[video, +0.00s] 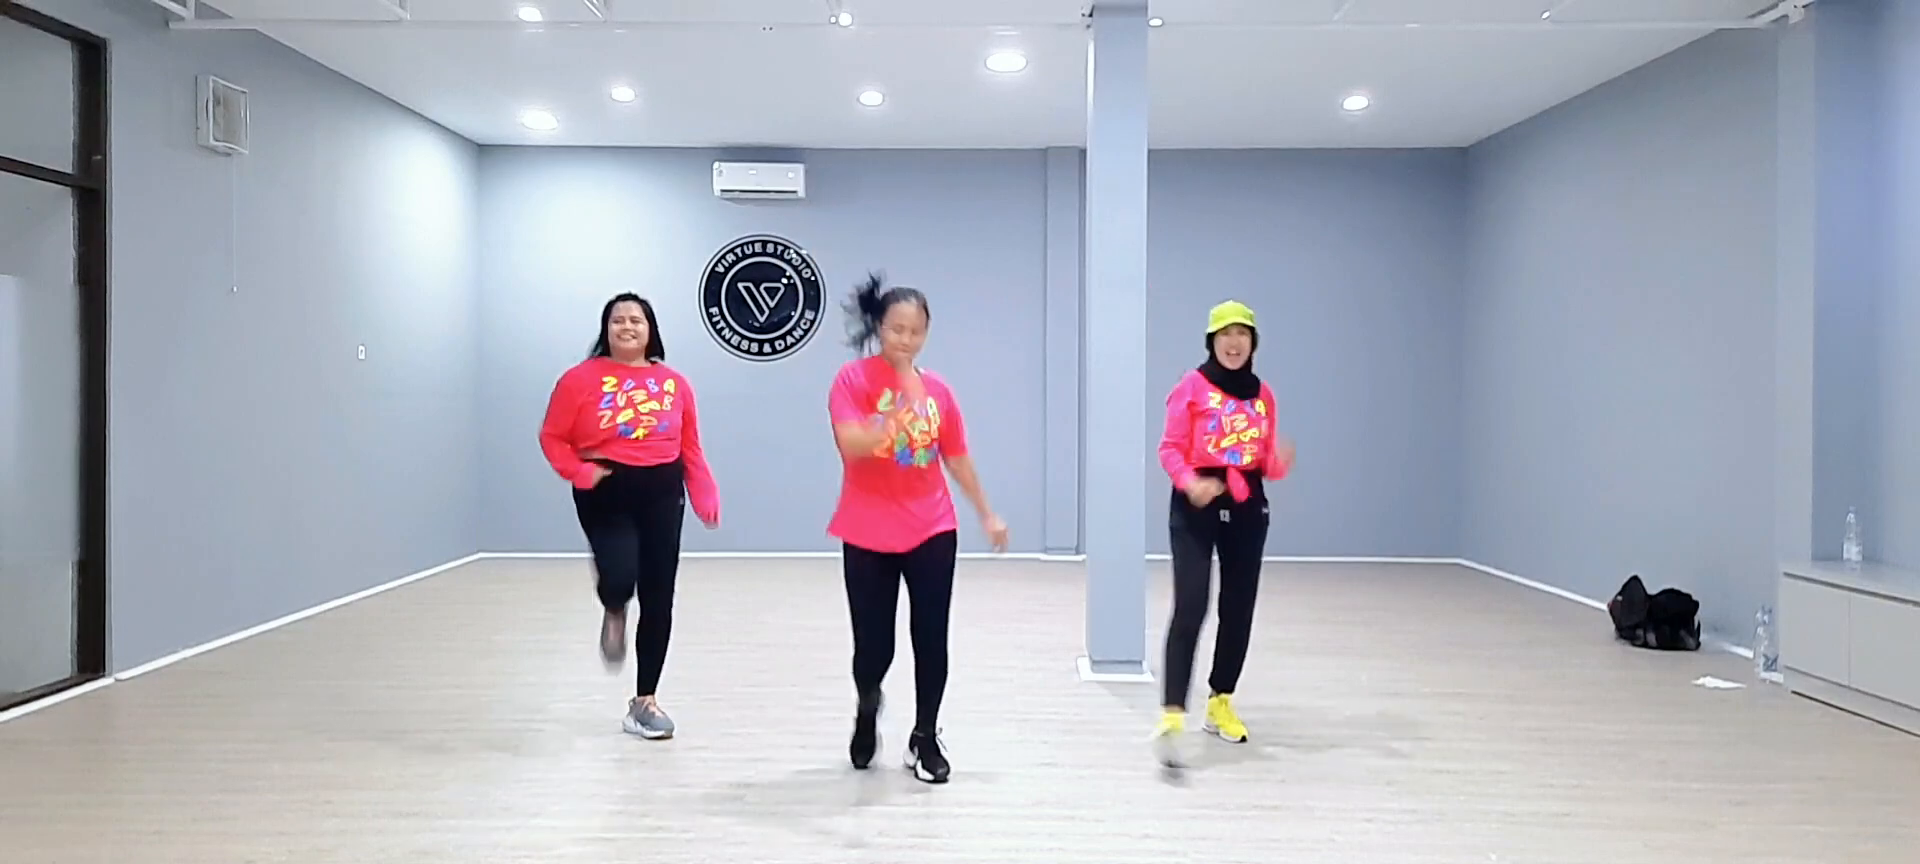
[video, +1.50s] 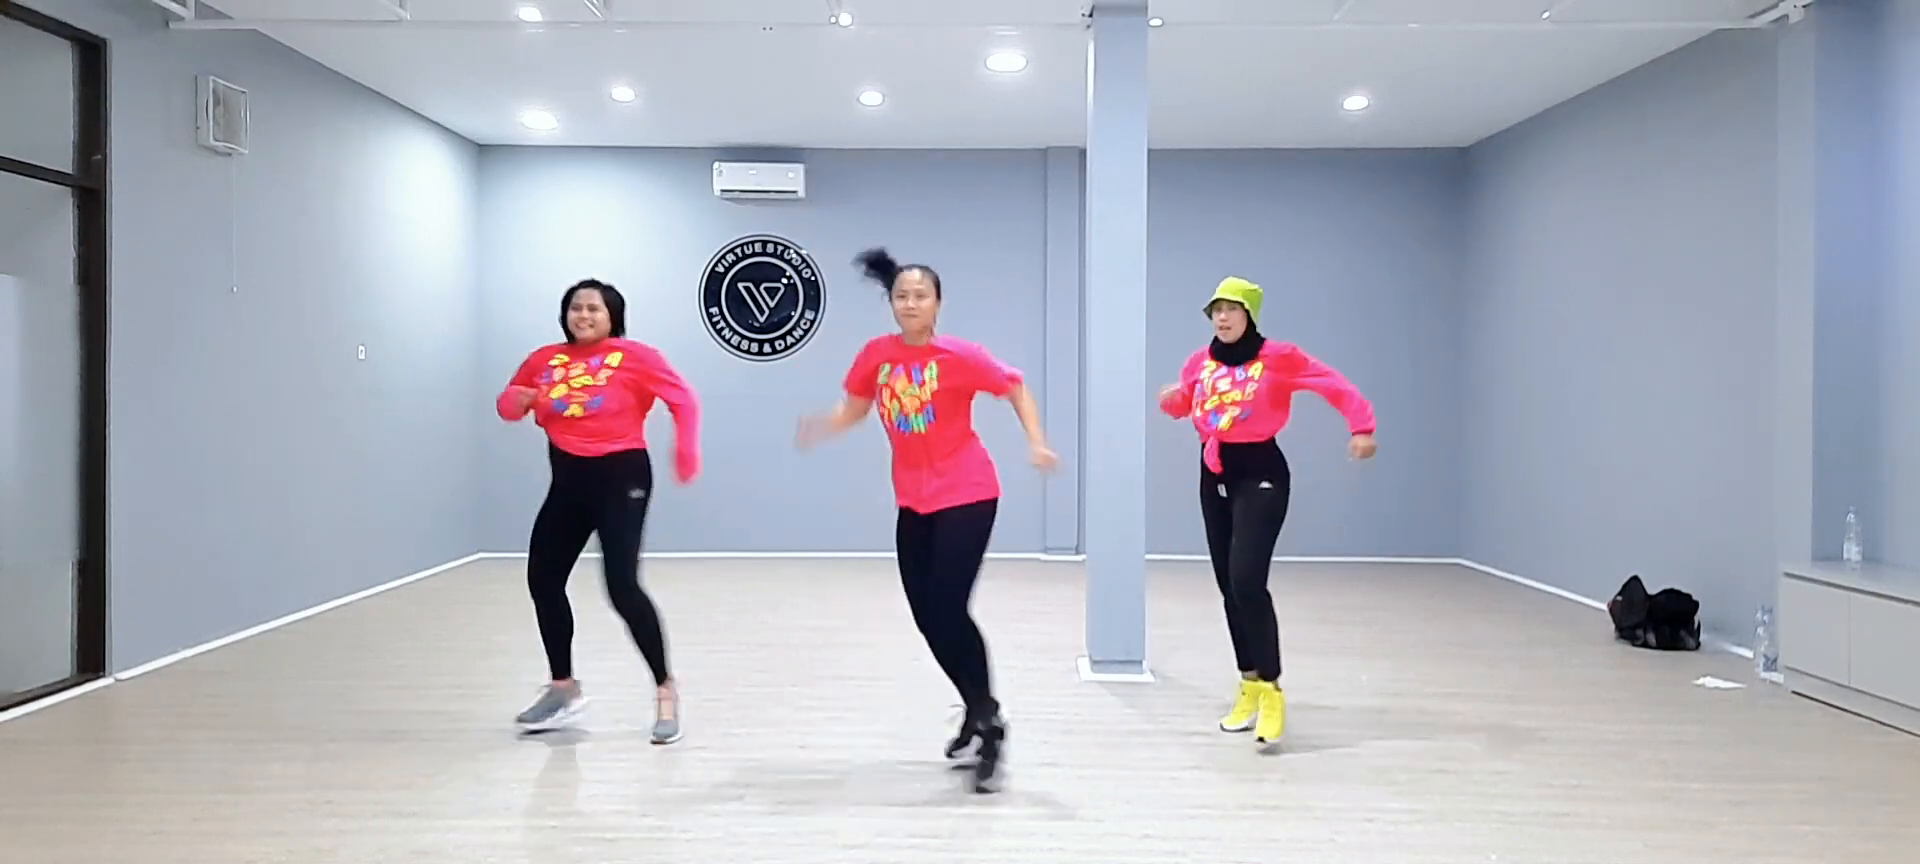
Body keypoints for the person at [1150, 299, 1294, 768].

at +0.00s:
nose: (1235, 343)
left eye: (1243, 335)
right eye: (1227, 335)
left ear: (1253, 342)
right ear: (1212, 341)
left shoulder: (1263, 396)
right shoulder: (1191, 387)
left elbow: (1268, 465)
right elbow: (1169, 449)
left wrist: (1279, 462)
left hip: (1247, 508)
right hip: (1196, 505)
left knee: (1238, 611)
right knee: (1192, 606)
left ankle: (1220, 703)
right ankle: (1173, 713)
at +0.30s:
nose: (1240, 342)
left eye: (1248, 334)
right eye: (1231, 334)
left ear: (1261, 340)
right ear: (1216, 340)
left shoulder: (1279, 379)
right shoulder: (1200, 385)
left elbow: (1348, 390)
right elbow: (1158, 434)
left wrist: (1317, 406)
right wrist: (1160, 457)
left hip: (1268, 502)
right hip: (1221, 502)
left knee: (1267, 615)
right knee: (1250, 617)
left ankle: (1225, 684)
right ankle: (1246, 761)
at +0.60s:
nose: (1279, 332)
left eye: (1278, 323)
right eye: (1276, 324)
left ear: (1236, 326)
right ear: (1259, 325)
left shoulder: (1220, 367)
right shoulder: (1248, 362)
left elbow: (1193, 440)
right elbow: (1256, 417)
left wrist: (1230, 471)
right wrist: (1309, 421)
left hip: (1224, 489)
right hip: (1258, 488)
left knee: (1245, 605)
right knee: (1281, 614)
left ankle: (1222, 723)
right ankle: (1253, 756)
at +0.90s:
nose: (1210, 339)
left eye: (1213, 334)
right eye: (1215, 333)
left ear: (1219, 336)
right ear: (1260, 334)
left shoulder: (1199, 384)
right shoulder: (1283, 384)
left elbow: (1144, 423)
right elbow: (1310, 446)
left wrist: (1155, 387)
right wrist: (1307, 495)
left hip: (1209, 500)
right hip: (1265, 502)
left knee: (1218, 625)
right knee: (1271, 616)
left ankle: (1237, 741)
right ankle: (1293, 694)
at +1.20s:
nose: (1208, 332)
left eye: (1215, 325)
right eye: (1209, 325)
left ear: (1236, 329)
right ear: (1224, 330)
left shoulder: (1249, 370)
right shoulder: (1228, 370)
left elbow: (1251, 438)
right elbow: (1215, 429)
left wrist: (1208, 481)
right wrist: (1188, 460)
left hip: (1247, 495)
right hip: (1230, 493)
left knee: (1219, 603)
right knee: (1228, 601)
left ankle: (1261, 728)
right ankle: (1256, 705)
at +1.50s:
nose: (1223, 317)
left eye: (1233, 309)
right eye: (1217, 309)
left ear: (1250, 315)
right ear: (1211, 316)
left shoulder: (1277, 357)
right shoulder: (1201, 364)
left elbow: (1337, 386)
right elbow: (1184, 408)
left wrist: (1363, 428)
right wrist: (1171, 401)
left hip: (1262, 475)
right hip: (1216, 478)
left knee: (1246, 582)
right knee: (1229, 585)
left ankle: (1270, 691)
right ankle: (1250, 684)